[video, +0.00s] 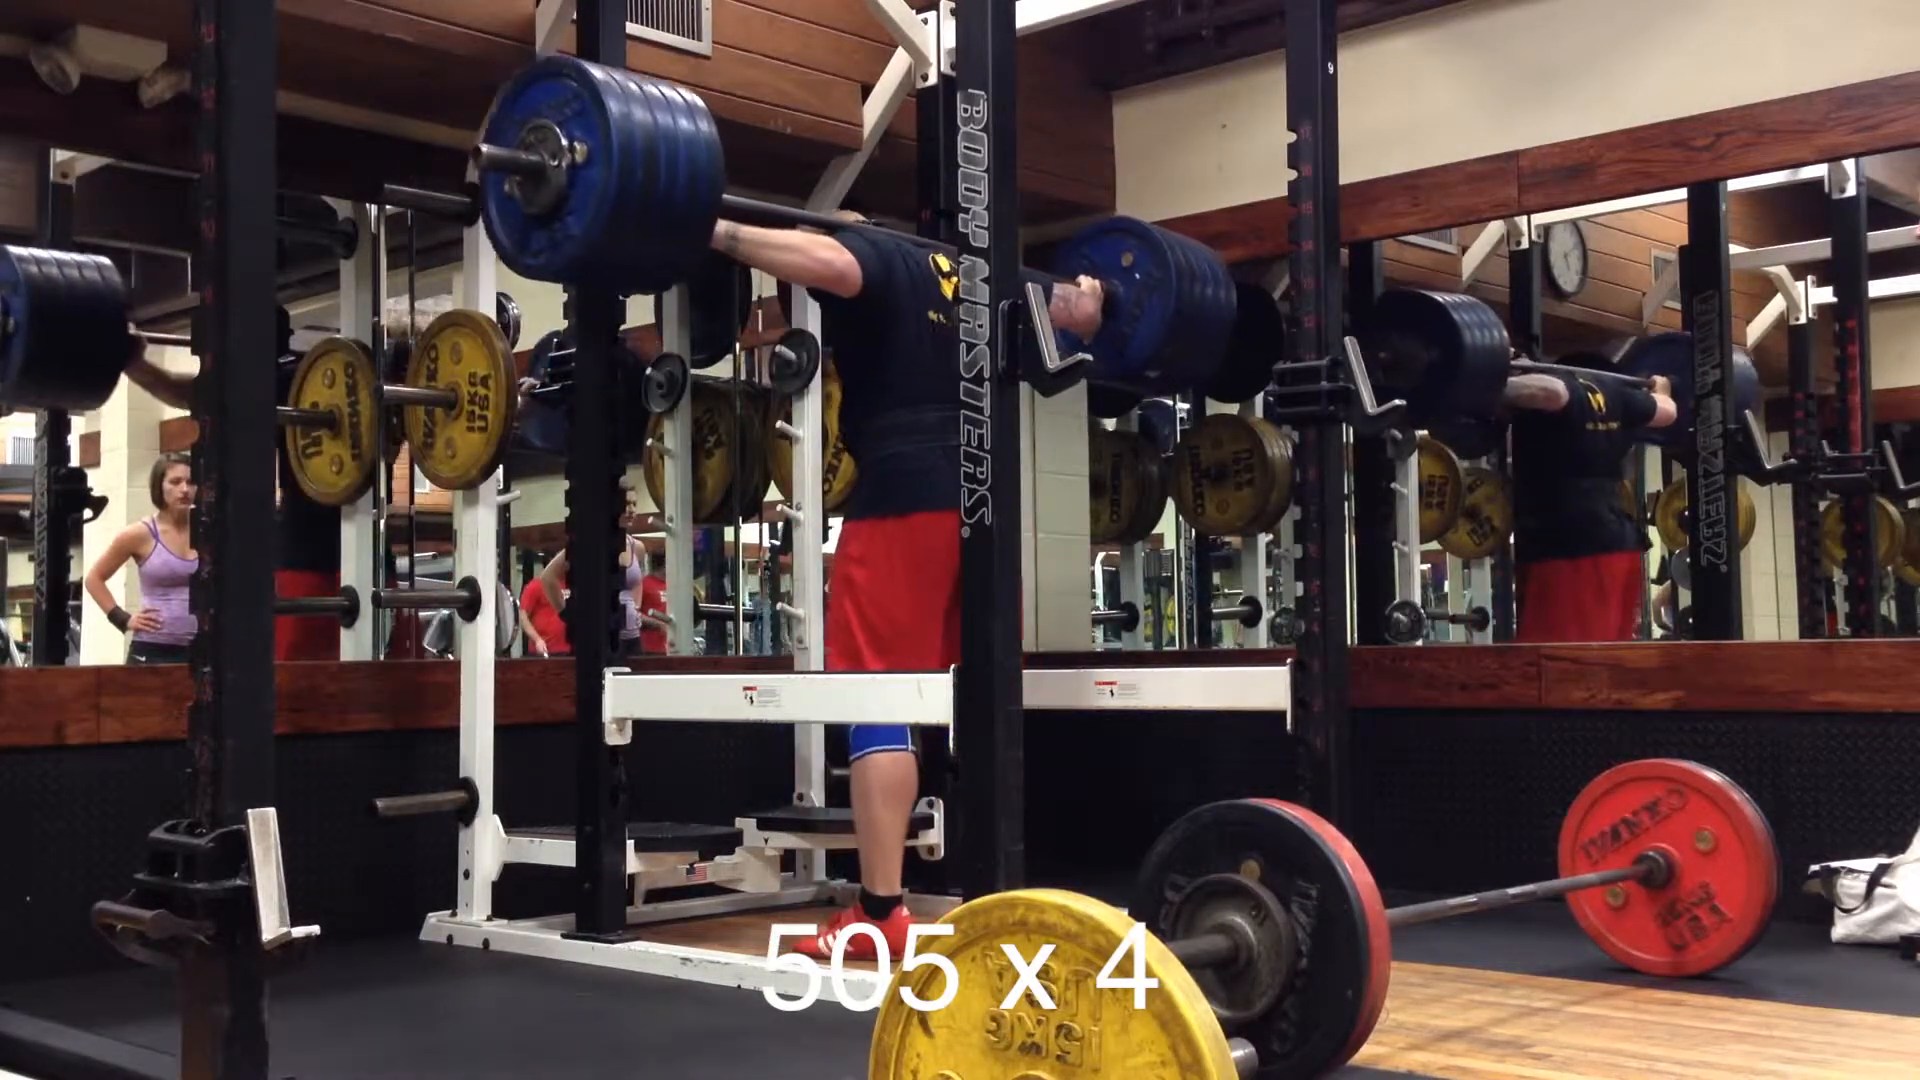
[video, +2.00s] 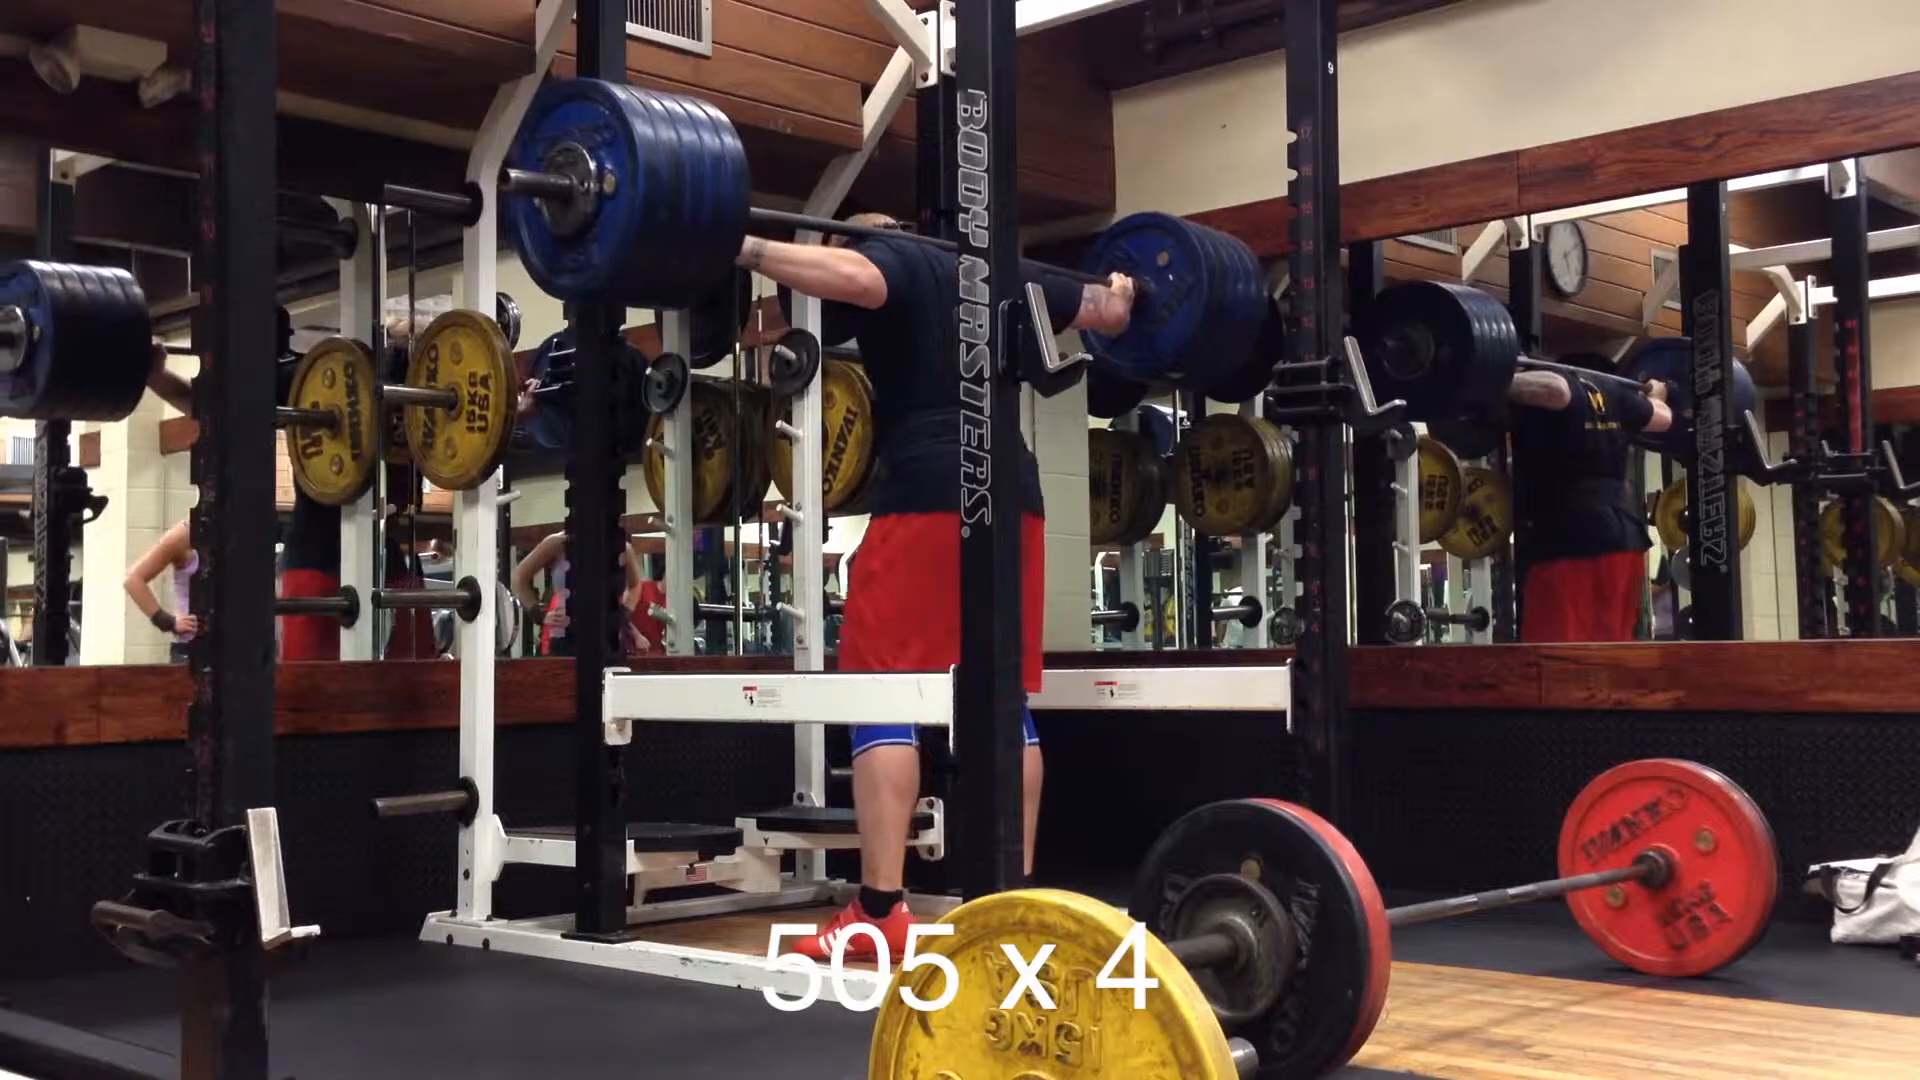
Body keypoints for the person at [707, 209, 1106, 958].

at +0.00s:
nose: (820, 253)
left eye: (820, 242)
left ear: (844, 235)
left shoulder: (874, 249)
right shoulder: (983, 274)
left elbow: (833, 266)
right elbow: (1076, 312)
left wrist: (720, 232)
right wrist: (1090, 299)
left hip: (907, 504)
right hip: (998, 503)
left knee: (880, 707)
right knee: (991, 704)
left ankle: (880, 911)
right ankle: (998, 898)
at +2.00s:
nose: (843, 256)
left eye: (844, 247)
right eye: (839, 251)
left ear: (871, 239)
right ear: (928, 227)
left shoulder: (893, 253)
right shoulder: (1001, 272)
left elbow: (858, 278)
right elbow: (1105, 309)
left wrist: (741, 246)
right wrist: (1121, 289)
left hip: (922, 501)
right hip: (1014, 501)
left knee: (882, 702)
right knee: (1009, 711)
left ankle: (881, 909)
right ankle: (1013, 901)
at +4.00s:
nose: (835, 250)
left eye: (833, 241)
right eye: (831, 243)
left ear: (856, 232)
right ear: (904, 222)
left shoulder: (878, 249)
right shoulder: (988, 264)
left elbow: (848, 276)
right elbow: (1097, 306)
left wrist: (730, 245)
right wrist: (1120, 284)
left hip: (915, 500)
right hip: (1002, 500)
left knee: (899, 707)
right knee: (1007, 710)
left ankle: (881, 911)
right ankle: (1013, 903)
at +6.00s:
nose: (829, 260)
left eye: (830, 246)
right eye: (830, 245)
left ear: (850, 234)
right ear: (902, 220)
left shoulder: (870, 253)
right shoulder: (987, 268)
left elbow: (834, 281)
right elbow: (1093, 304)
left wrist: (721, 252)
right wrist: (1117, 281)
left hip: (918, 505)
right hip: (1009, 506)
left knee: (879, 707)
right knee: (1004, 714)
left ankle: (879, 911)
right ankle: (1012, 902)